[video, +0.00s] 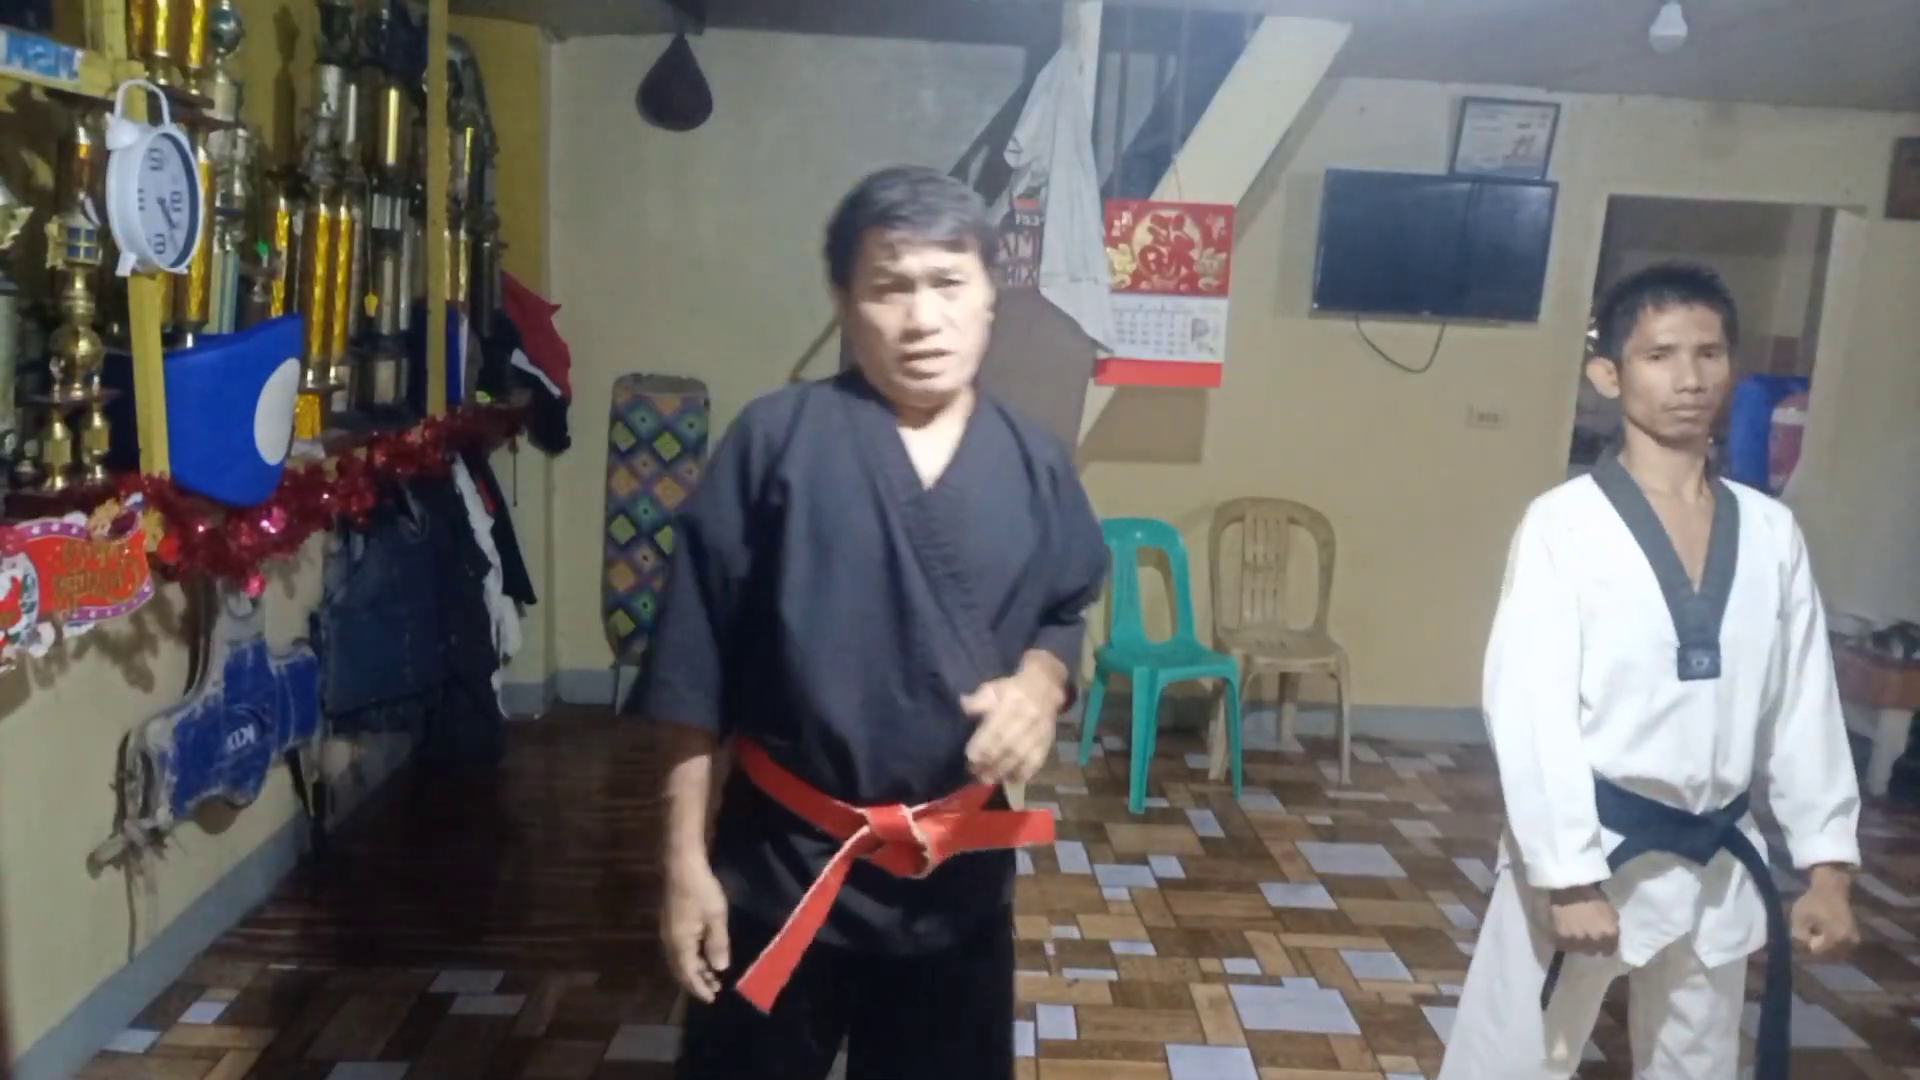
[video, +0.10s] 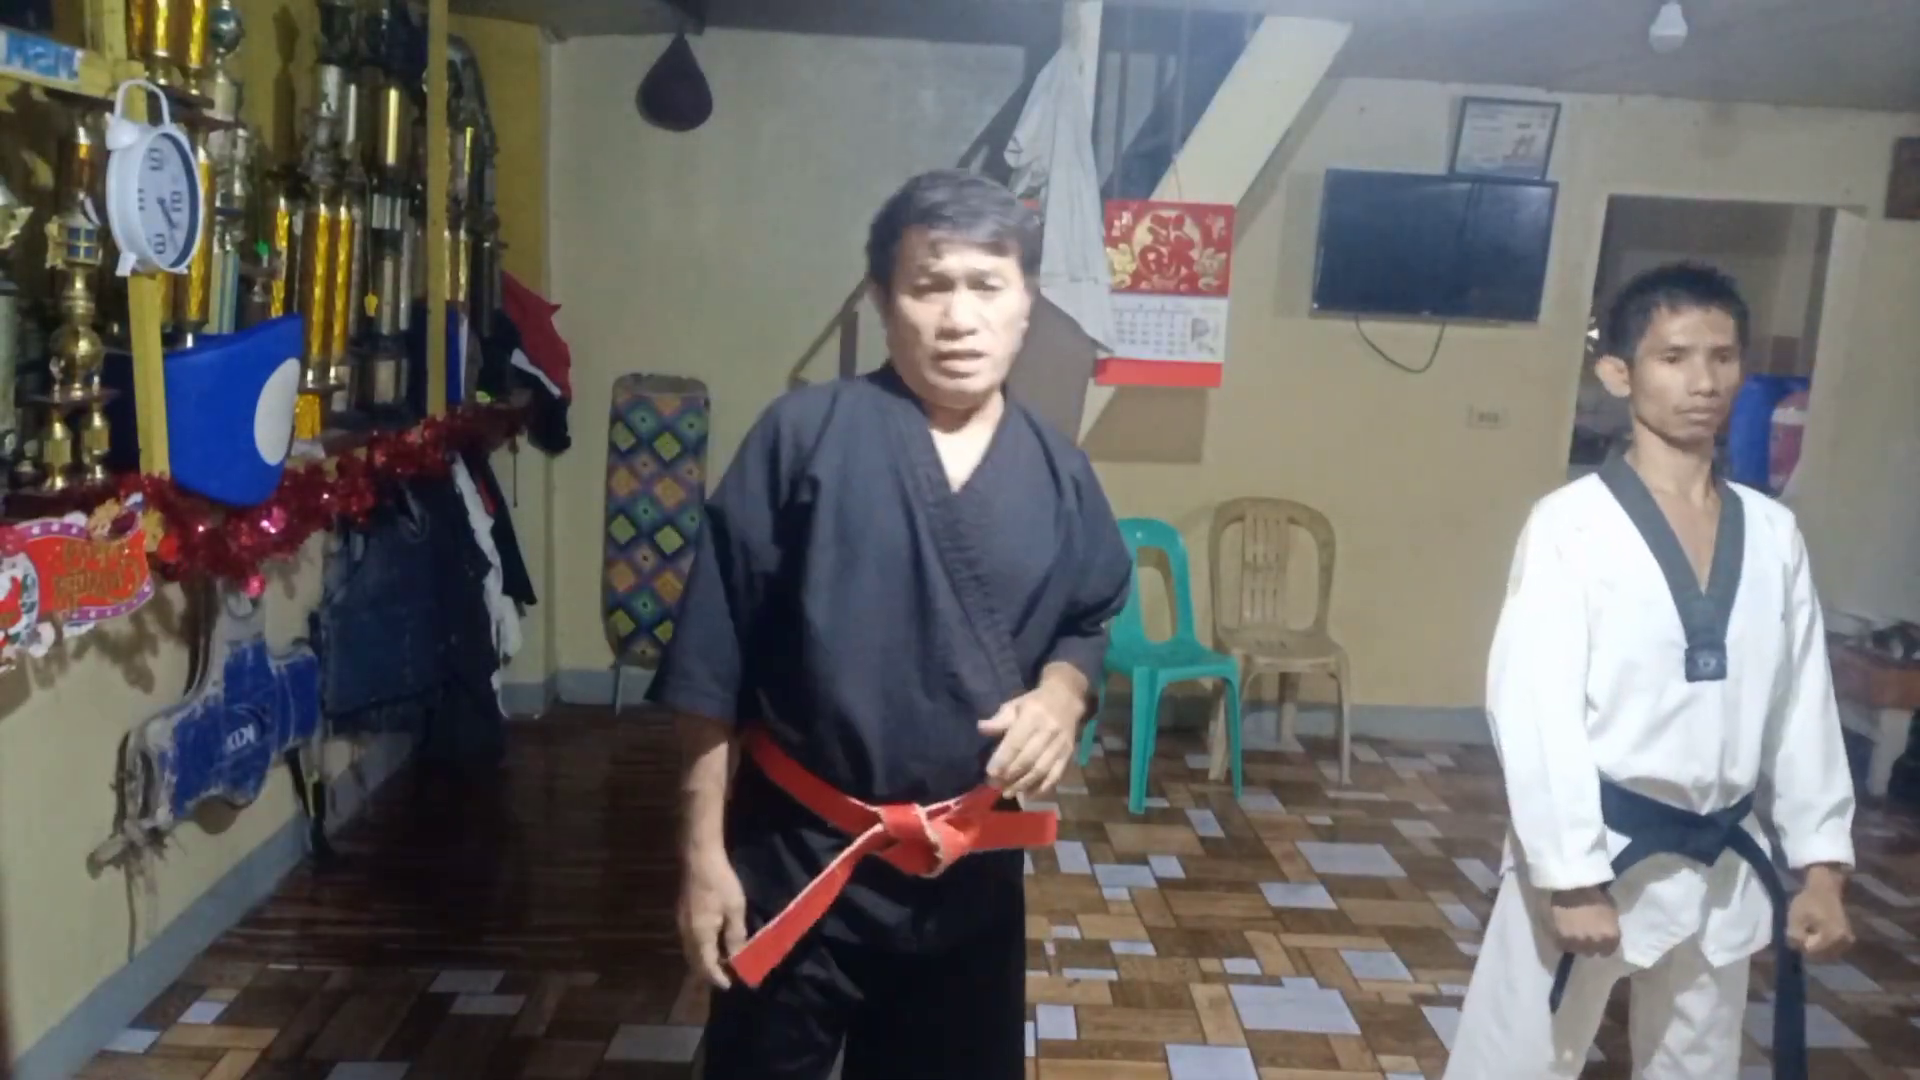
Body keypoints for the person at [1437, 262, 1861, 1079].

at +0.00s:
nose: (1692, 377)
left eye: (1710, 353)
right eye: (1662, 353)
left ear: (1733, 372)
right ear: (1607, 375)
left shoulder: (1771, 531)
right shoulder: (1561, 526)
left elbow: (1805, 704)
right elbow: (1529, 705)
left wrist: (1828, 864)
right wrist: (1570, 876)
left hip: (1719, 867)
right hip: (1581, 862)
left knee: (1698, 1070)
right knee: (1510, 1064)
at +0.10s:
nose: (1705, 379)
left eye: (1722, 356)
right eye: (1675, 356)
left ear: (1741, 370)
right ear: (1617, 375)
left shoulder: (1773, 531)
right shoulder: (1568, 525)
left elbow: (1803, 706)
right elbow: (1533, 704)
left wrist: (1822, 866)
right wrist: (1572, 877)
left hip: (1722, 869)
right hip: (1585, 865)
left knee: (1696, 1068)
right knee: (1518, 1063)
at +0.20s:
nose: (1719, 385)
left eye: (1736, 361)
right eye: (1690, 360)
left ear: (1753, 373)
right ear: (1629, 375)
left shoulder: (1777, 533)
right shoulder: (1576, 524)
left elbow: (1805, 710)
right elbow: (1538, 703)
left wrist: (1819, 867)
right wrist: (1576, 876)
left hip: (1727, 873)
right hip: (1589, 867)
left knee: (1700, 1069)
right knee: (1521, 1065)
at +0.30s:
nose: (1734, 388)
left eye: (1751, 364)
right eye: (1705, 362)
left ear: (1768, 374)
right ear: (1643, 373)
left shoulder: (1785, 535)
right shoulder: (1588, 523)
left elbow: (1808, 711)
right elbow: (1549, 702)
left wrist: (1821, 868)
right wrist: (1591, 876)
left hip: (1734, 871)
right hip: (1596, 863)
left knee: (1701, 1071)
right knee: (1529, 1067)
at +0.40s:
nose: (1737, 389)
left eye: (1754, 364)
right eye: (1709, 363)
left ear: (1772, 374)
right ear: (1646, 373)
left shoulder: (1790, 534)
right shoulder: (1591, 523)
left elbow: (1814, 711)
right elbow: (1554, 704)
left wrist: (1832, 871)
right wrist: (1606, 879)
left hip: (1735, 870)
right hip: (1597, 861)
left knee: (1709, 1069)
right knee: (1529, 1064)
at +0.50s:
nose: (1731, 389)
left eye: (1750, 364)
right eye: (1703, 363)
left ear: (1768, 374)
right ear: (1642, 374)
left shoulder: (1793, 534)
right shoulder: (1587, 524)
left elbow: (1820, 709)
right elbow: (1552, 704)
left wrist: (1837, 871)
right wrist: (1607, 879)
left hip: (1735, 869)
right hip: (1595, 861)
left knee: (1710, 1070)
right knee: (1526, 1065)